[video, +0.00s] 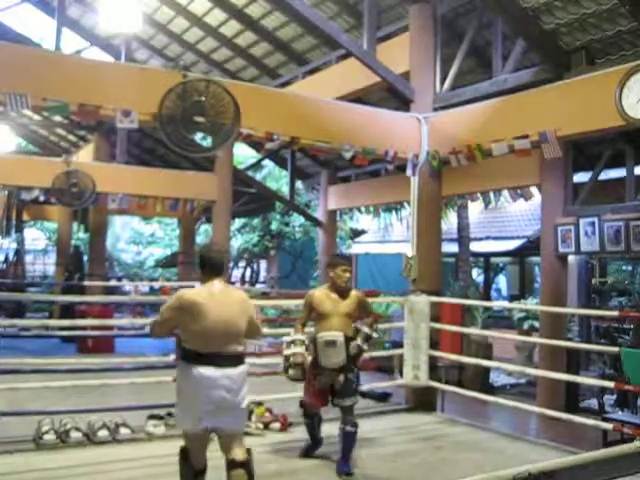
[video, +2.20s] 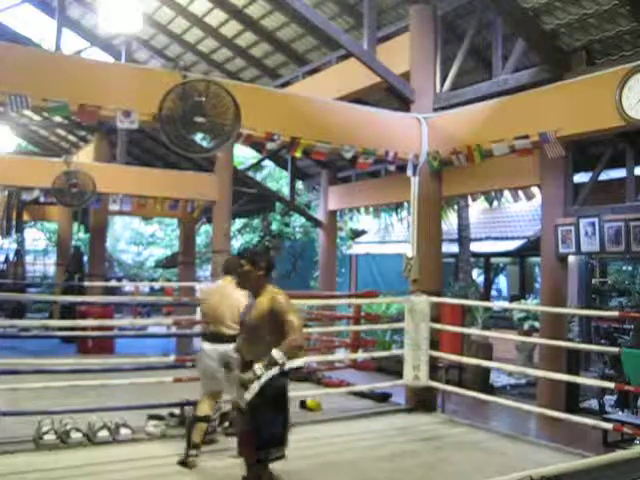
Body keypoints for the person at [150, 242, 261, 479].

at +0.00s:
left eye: (202, 266)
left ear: (200, 268)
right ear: (226, 268)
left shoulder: (186, 298)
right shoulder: (240, 297)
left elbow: (157, 329)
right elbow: (255, 331)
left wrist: (184, 327)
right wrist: (228, 327)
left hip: (196, 373)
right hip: (233, 372)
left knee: (196, 445)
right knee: (235, 442)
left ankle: (196, 475)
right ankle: (239, 473)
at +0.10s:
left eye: (193, 265)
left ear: (193, 267)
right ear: (217, 268)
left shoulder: (178, 296)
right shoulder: (232, 296)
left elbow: (151, 327)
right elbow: (250, 330)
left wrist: (179, 322)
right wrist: (223, 327)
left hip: (188, 371)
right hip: (225, 371)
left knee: (192, 442)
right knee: (229, 437)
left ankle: (194, 475)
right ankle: (235, 475)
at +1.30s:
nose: (215, 272)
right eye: (215, 268)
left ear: (194, 268)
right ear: (215, 269)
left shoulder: (180, 293)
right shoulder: (228, 295)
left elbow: (164, 319)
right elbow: (244, 329)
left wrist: (186, 316)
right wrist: (223, 320)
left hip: (186, 352)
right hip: (217, 353)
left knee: (187, 406)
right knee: (209, 410)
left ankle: (186, 456)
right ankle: (199, 465)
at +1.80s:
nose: (219, 273)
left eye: (217, 269)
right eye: (218, 270)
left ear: (197, 269)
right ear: (214, 270)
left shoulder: (182, 289)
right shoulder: (221, 291)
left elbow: (177, 315)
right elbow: (235, 323)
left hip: (184, 344)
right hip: (213, 345)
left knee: (192, 400)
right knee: (228, 398)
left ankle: (190, 455)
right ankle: (228, 450)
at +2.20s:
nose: (243, 276)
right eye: (242, 272)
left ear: (222, 272)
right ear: (240, 272)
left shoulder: (206, 291)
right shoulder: (244, 295)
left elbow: (204, 316)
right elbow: (247, 321)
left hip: (208, 342)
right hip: (234, 344)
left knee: (210, 395)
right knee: (239, 399)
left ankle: (193, 447)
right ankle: (250, 451)